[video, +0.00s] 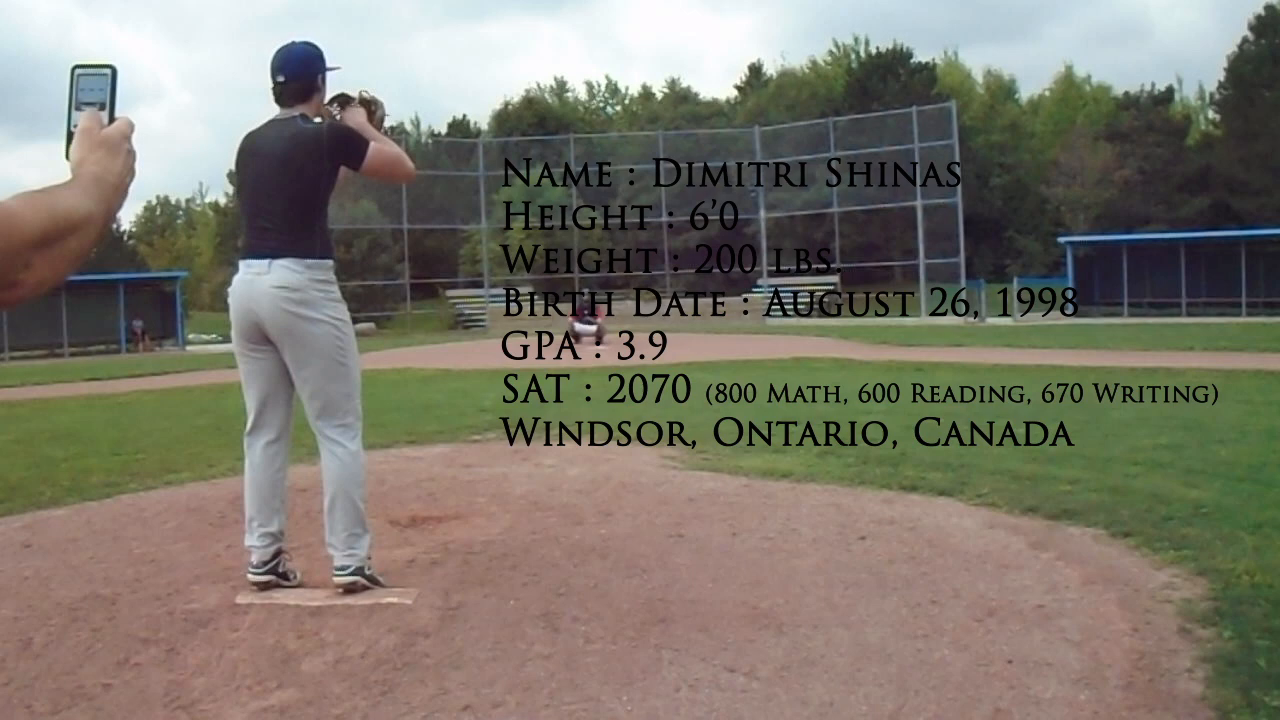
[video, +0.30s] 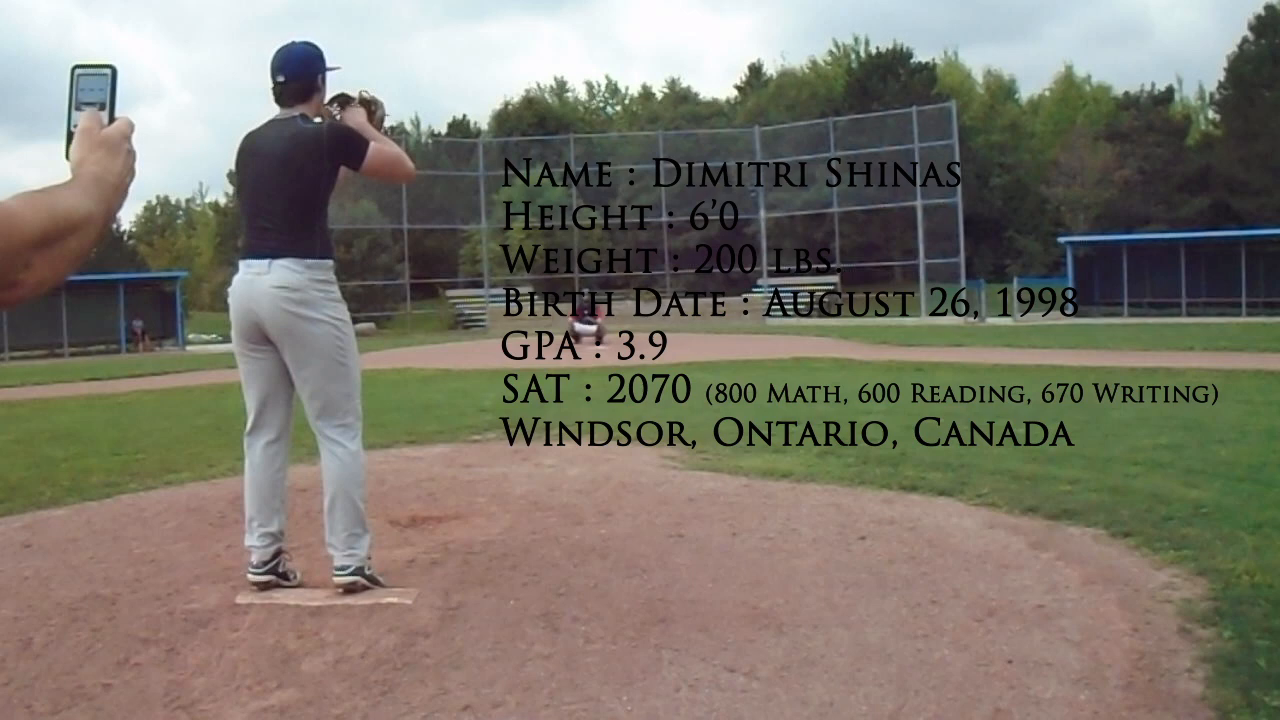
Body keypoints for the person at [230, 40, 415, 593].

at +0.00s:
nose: (327, 88)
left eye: (322, 81)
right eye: (325, 81)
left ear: (275, 88)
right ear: (320, 86)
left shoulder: (250, 143)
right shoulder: (327, 135)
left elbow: (301, 185)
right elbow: (402, 167)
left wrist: (327, 131)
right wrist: (362, 125)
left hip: (246, 288)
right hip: (303, 286)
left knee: (264, 430)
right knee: (338, 429)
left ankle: (263, 558)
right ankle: (350, 561)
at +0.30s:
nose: (327, 88)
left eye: (322, 81)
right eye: (325, 81)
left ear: (275, 88)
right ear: (320, 86)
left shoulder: (250, 143)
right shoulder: (327, 135)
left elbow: (301, 185)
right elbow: (402, 167)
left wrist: (327, 131)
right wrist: (362, 125)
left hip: (246, 288)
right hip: (303, 286)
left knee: (264, 430)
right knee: (338, 429)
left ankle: (263, 558)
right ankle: (350, 561)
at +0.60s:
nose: (327, 88)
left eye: (322, 81)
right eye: (325, 81)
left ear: (275, 88)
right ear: (320, 86)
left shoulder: (250, 143)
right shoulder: (327, 135)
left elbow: (301, 185)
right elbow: (402, 167)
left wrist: (327, 131)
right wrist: (362, 125)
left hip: (246, 288)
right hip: (303, 286)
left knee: (264, 430)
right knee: (338, 429)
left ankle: (263, 558)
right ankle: (350, 561)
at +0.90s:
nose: (327, 88)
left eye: (322, 81)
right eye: (325, 81)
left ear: (275, 88)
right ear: (320, 86)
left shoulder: (250, 143)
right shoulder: (327, 135)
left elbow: (301, 185)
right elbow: (402, 167)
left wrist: (327, 131)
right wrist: (362, 125)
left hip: (246, 288)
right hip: (303, 286)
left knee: (264, 430)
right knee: (338, 429)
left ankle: (263, 558)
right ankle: (350, 561)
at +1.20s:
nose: (327, 88)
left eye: (322, 81)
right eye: (325, 81)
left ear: (275, 88)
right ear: (320, 86)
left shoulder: (250, 143)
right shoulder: (327, 135)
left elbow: (301, 185)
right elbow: (402, 167)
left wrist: (327, 131)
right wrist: (362, 125)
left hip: (246, 288)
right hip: (303, 286)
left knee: (264, 430)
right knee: (338, 429)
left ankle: (263, 558)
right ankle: (350, 561)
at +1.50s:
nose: (327, 88)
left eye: (322, 81)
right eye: (325, 81)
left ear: (275, 88)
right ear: (320, 86)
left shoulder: (250, 143)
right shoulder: (327, 135)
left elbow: (301, 185)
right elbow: (402, 167)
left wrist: (327, 131)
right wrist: (362, 125)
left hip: (246, 288)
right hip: (303, 286)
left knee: (264, 430)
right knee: (338, 429)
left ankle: (263, 558)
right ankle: (350, 561)